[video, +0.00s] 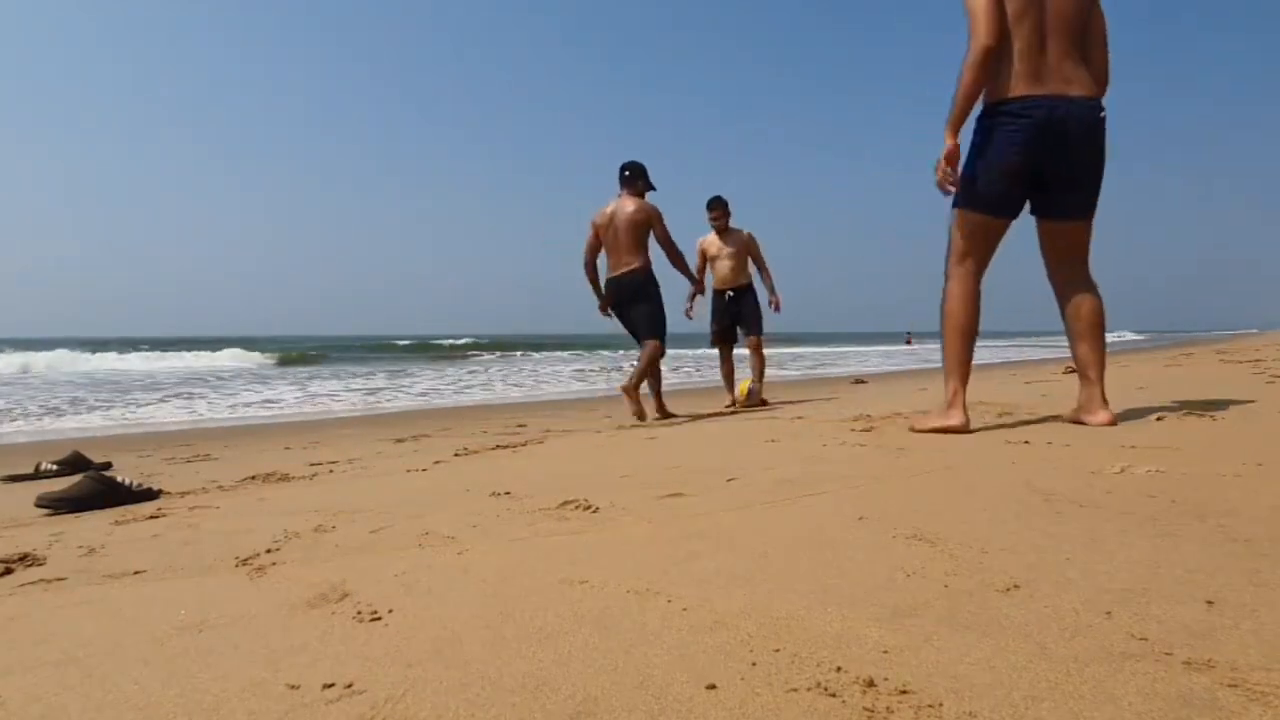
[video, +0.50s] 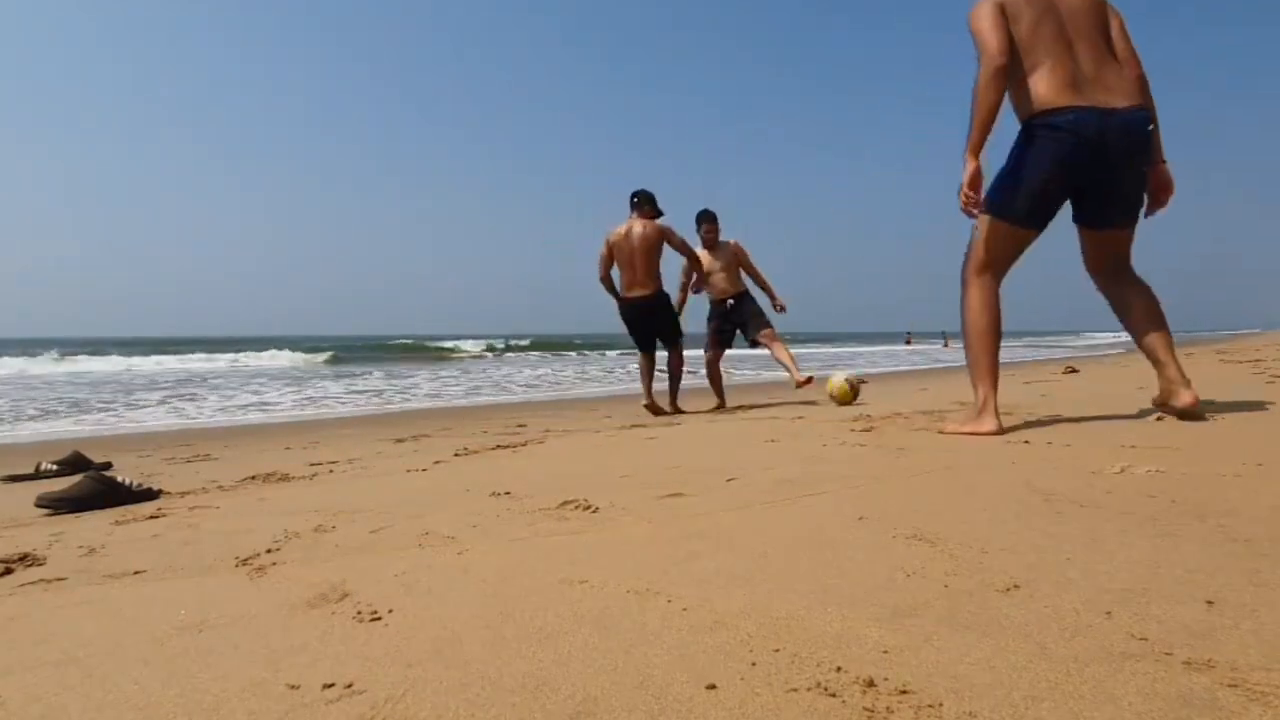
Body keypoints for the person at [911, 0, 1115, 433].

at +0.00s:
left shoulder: (988, 1)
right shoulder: (1084, 4)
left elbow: (985, 45)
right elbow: (1099, 72)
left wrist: (951, 131)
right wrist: (1067, 116)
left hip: (1010, 123)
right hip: (1080, 123)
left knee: (965, 263)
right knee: (1071, 265)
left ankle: (954, 405)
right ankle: (1094, 401)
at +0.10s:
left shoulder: (996, 1)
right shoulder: (1090, 2)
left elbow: (992, 37)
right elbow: (1106, 49)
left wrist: (964, 117)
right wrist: (1097, 114)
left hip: (1020, 114)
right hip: (1089, 113)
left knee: (983, 261)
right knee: (1074, 264)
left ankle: (986, 407)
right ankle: (1094, 401)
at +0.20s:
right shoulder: (1088, 3)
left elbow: (994, 32)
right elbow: (1108, 55)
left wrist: (974, 115)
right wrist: (1124, 151)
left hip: (1027, 114)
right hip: (1095, 116)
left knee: (991, 262)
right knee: (1074, 265)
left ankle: (986, 409)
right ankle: (1094, 400)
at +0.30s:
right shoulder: (1087, 4)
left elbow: (996, 32)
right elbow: (1110, 56)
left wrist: (978, 116)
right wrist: (1138, 145)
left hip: (1032, 112)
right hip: (1103, 113)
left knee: (992, 261)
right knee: (1079, 263)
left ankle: (986, 410)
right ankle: (1098, 397)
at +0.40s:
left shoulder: (983, 1)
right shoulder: (1089, 3)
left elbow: (996, 41)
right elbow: (1114, 48)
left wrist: (977, 128)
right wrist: (1142, 145)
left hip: (1041, 118)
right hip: (1113, 119)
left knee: (988, 262)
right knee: (1094, 263)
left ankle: (984, 410)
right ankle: (1122, 390)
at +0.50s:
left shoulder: (990, 6)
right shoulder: (1100, 6)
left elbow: (997, 62)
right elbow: (1132, 67)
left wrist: (973, 153)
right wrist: (1155, 158)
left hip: (1055, 134)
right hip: (1127, 133)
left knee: (982, 268)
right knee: (1112, 266)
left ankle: (984, 410)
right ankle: (1175, 384)